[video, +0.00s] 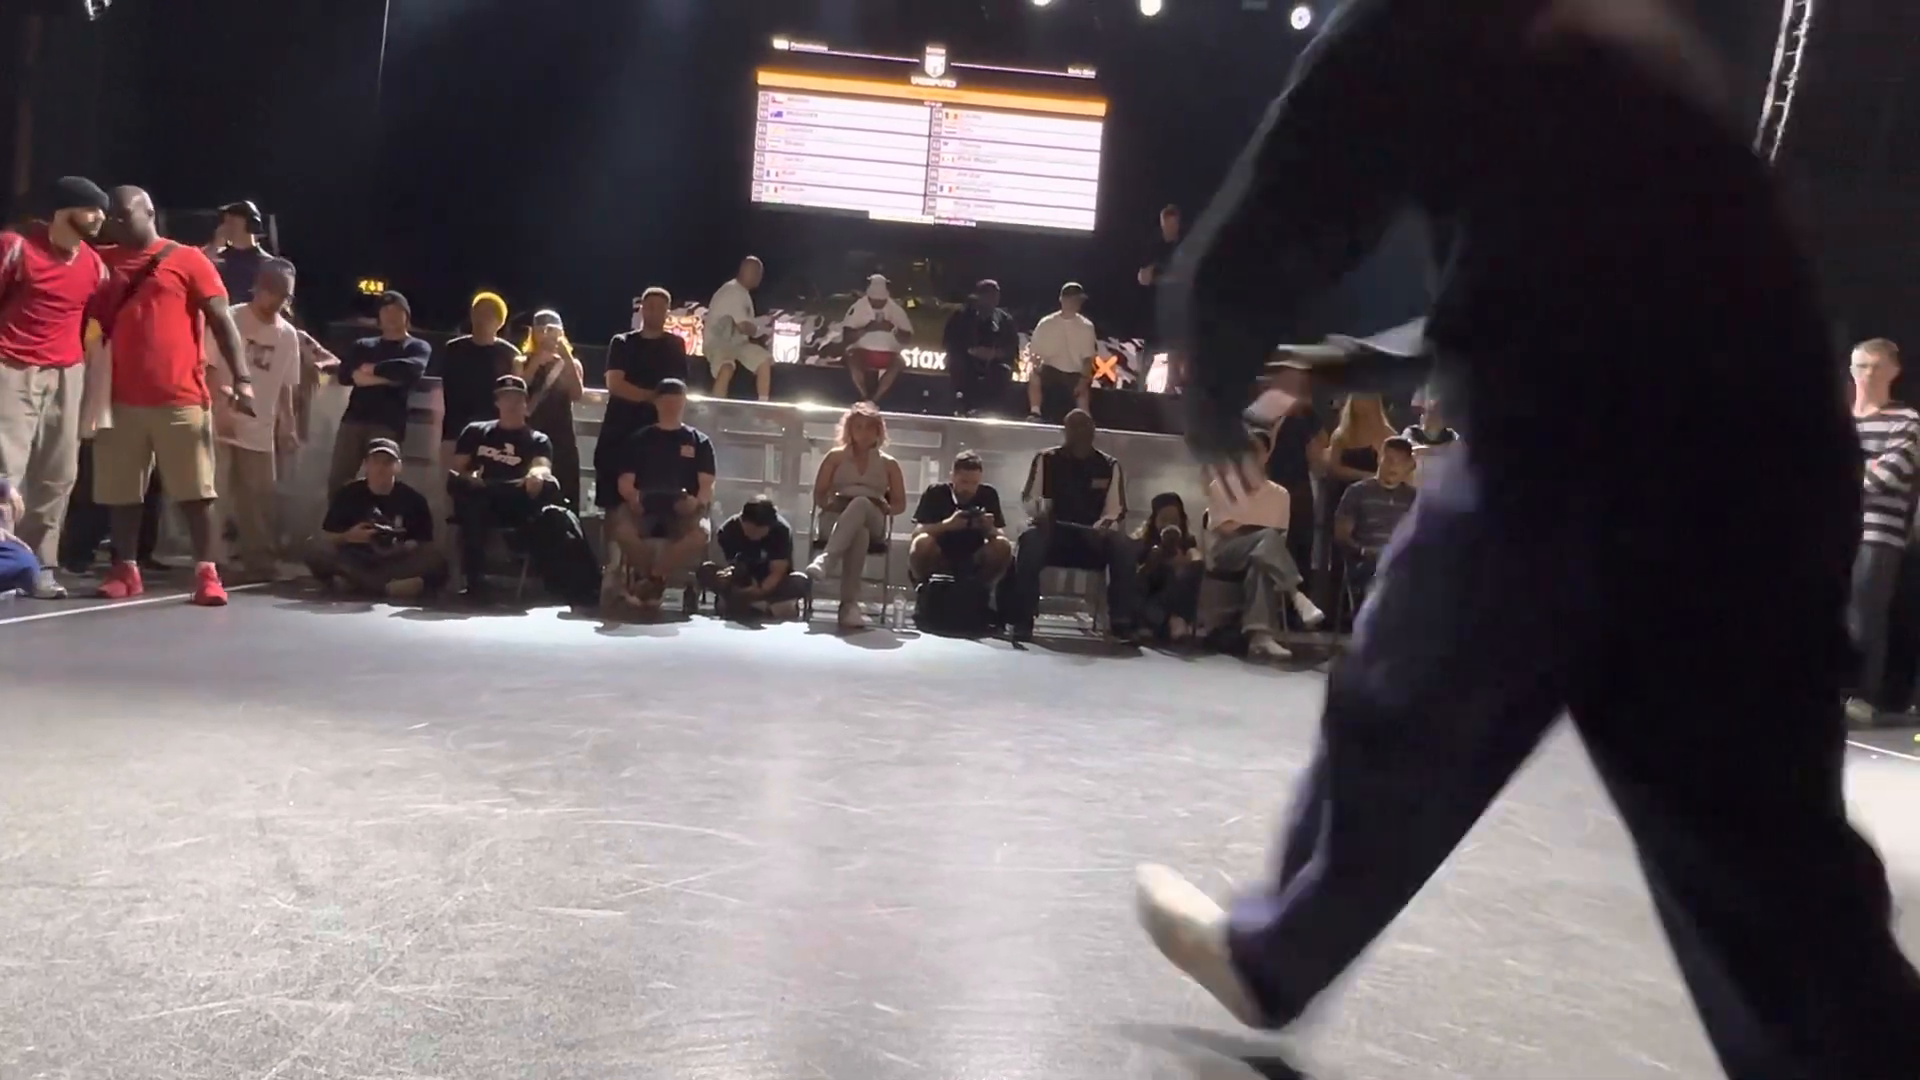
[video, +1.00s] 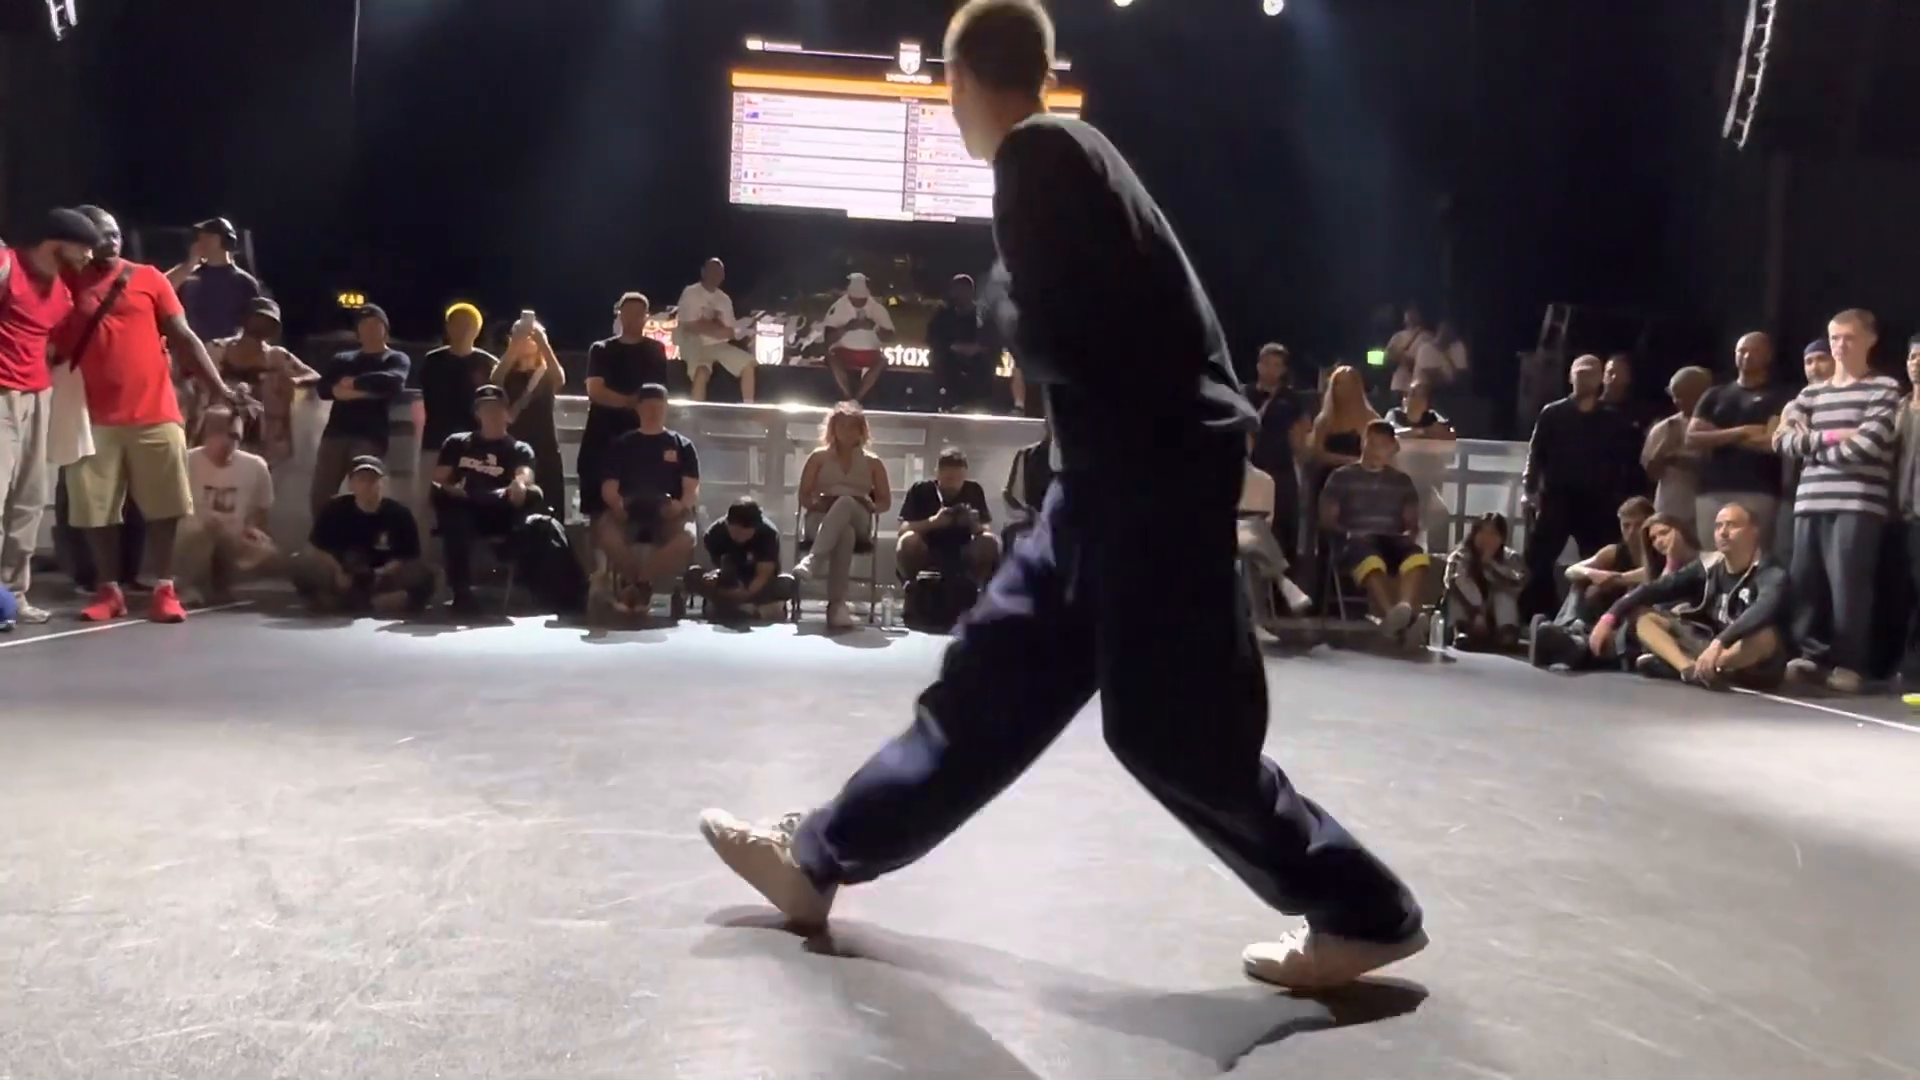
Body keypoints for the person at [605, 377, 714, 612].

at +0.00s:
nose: (671, 405)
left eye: (676, 400)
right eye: (666, 400)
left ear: (684, 402)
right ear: (657, 403)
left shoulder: (699, 441)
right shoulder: (638, 439)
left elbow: (706, 486)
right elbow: (625, 482)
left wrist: (696, 503)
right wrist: (635, 499)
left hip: (681, 503)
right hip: (645, 502)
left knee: (700, 533)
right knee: (621, 524)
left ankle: (653, 579)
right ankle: (654, 581)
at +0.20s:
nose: (667, 408)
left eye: (672, 402)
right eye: (662, 402)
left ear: (680, 405)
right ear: (652, 405)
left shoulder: (695, 444)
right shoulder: (634, 441)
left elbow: (702, 490)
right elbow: (621, 485)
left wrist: (690, 504)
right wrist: (633, 504)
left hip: (678, 507)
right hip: (641, 505)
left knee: (696, 535)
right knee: (617, 527)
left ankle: (650, 582)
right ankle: (650, 583)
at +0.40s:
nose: (663, 410)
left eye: (667, 404)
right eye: (657, 404)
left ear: (675, 407)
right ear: (647, 407)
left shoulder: (690, 445)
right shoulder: (629, 443)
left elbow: (697, 493)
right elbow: (616, 489)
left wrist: (682, 508)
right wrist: (633, 510)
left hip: (675, 510)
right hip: (636, 508)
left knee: (691, 537)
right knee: (612, 526)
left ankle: (647, 583)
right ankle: (644, 585)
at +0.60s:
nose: (658, 416)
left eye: (663, 409)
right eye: (653, 410)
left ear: (670, 412)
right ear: (643, 413)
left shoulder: (686, 451)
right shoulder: (623, 449)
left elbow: (694, 497)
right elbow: (612, 492)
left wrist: (681, 512)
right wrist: (627, 513)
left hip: (670, 512)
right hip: (632, 511)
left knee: (689, 541)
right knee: (608, 530)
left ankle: (642, 586)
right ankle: (639, 588)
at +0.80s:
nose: (658, 419)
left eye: (662, 413)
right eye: (652, 413)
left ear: (670, 416)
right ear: (642, 416)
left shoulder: (686, 453)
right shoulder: (624, 452)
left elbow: (695, 500)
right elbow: (612, 496)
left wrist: (681, 515)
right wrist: (626, 517)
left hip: (670, 517)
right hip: (633, 517)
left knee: (689, 545)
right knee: (607, 534)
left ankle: (642, 590)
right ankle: (640, 591)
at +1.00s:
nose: (653, 411)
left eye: (658, 405)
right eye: (648, 405)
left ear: (666, 408)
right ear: (638, 408)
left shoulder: (682, 445)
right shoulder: (620, 444)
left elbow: (690, 490)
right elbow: (609, 488)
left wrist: (678, 507)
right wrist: (622, 510)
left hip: (667, 509)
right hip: (629, 508)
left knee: (687, 537)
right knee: (605, 529)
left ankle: (639, 583)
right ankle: (639, 585)